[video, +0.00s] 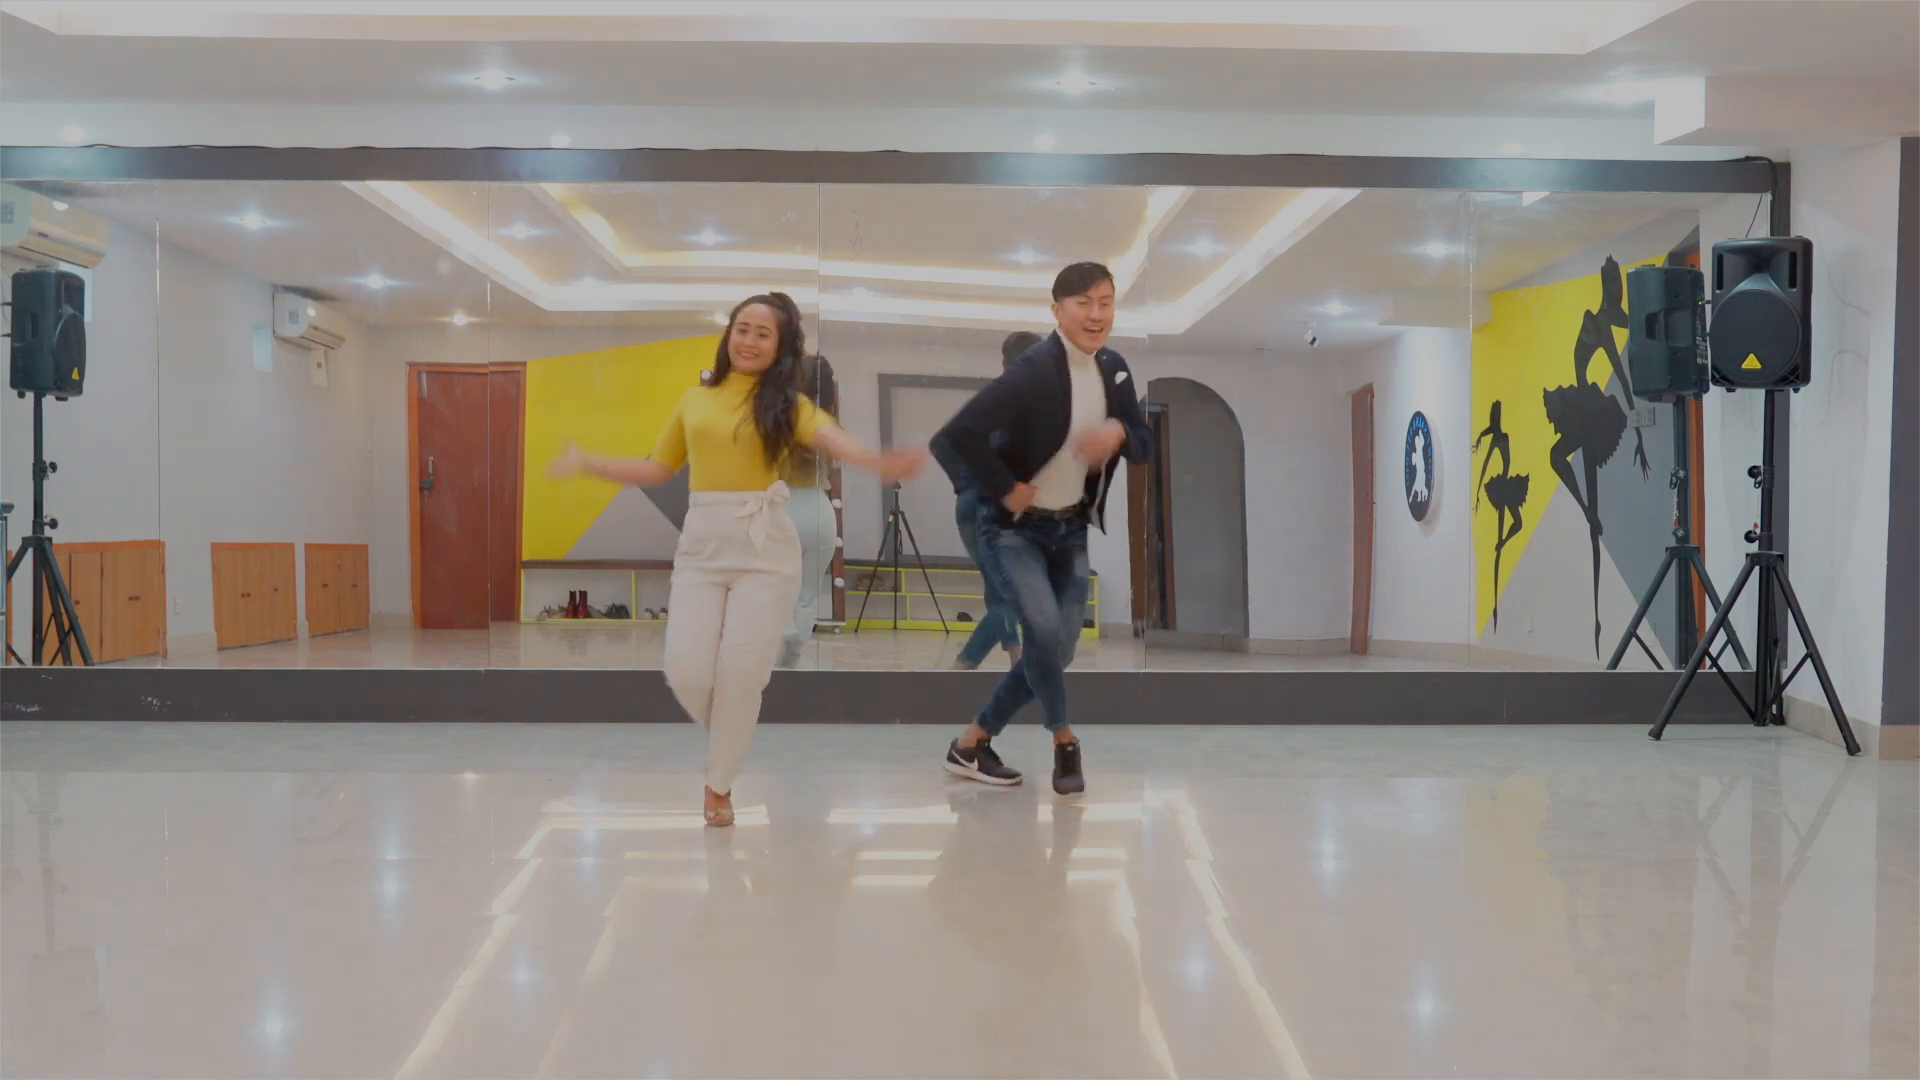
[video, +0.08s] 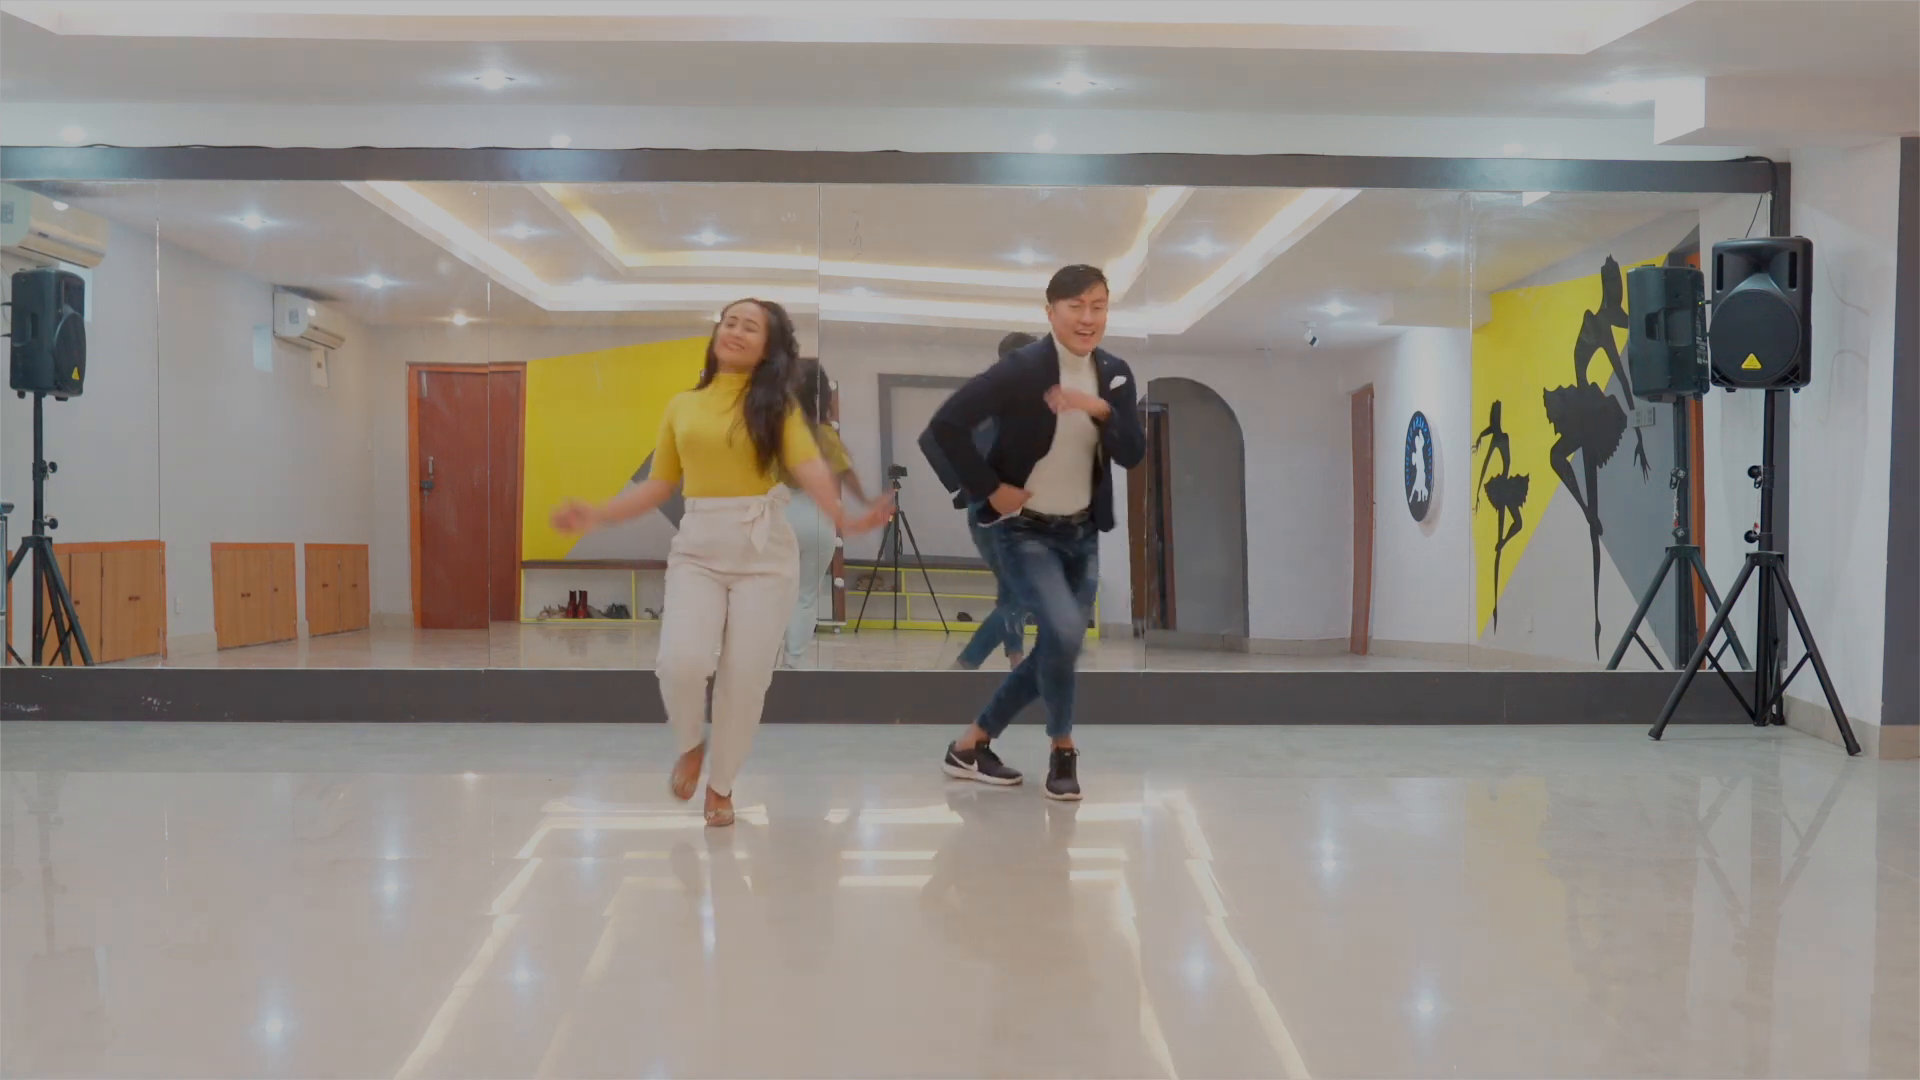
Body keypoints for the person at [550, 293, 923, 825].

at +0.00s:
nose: (749, 340)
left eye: (763, 334)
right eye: (742, 329)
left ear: (782, 348)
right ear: (728, 335)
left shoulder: (784, 403)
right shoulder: (696, 400)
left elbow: (834, 440)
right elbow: (657, 469)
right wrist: (588, 463)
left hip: (765, 544)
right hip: (700, 543)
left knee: (741, 674)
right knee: (684, 671)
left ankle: (718, 788)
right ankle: (730, 736)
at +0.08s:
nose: (734, 332)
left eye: (749, 327)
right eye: (729, 323)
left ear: (769, 349)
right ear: (714, 335)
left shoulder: (776, 404)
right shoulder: (683, 405)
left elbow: (808, 464)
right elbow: (659, 484)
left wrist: (840, 515)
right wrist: (598, 514)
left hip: (764, 551)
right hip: (697, 549)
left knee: (745, 675)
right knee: (679, 664)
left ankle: (720, 787)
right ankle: (690, 747)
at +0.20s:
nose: (703, 327)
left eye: (716, 324)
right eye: (692, 328)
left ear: (739, 352)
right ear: (681, 361)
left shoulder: (769, 407)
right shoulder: (670, 417)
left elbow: (790, 487)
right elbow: (663, 497)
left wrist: (800, 556)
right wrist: (652, 554)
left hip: (763, 556)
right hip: (692, 554)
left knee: (760, 685)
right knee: (683, 666)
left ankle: (724, 786)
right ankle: (673, 792)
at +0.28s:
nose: (679, 348)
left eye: (687, 342)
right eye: (667, 355)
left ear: (716, 359)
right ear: (667, 388)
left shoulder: (764, 413)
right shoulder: (667, 434)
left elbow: (794, 492)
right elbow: (662, 512)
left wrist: (781, 558)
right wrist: (679, 569)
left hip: (757, 561)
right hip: (686, 561)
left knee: (771, 691)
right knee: (685, 681)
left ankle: (721, 784)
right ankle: (676, 803)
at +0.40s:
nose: (693, 434)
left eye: (690, 417)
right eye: (677, 435)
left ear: (707, 404)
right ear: (669, 448)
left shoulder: (767, 443)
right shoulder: (671, 479)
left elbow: (797, 509)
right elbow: (656, 542)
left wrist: (776, 573)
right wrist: (684, 593)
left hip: (739, 586)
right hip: (671, 582)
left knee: (777, 694)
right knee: (677, 679)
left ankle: (713, 785)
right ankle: (673, 804)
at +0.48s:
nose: (750, 494)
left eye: (750, 484)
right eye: (736, 493)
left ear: (749, 467)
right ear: (705, 491)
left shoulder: (775, 469)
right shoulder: (668, 492)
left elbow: (787, 531)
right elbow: (651, 554)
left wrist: (768, 598)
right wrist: (679, 610)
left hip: (730, 599)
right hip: (660, 593)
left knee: (772, 693)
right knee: (676, 680)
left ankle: (710, 785)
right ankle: (673, 806)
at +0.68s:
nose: (770, 498)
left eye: (778, 496)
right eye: (776, 490)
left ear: (781, 479)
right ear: (776, 463)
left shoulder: (761, 487)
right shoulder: (686, 453)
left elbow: (753, 557)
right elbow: (641, 526)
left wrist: (762, 626)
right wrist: (662, 604)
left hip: (711, 593)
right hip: (645, 588)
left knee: (764, 689)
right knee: (673, 679)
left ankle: (710, 785)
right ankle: (672, 804)